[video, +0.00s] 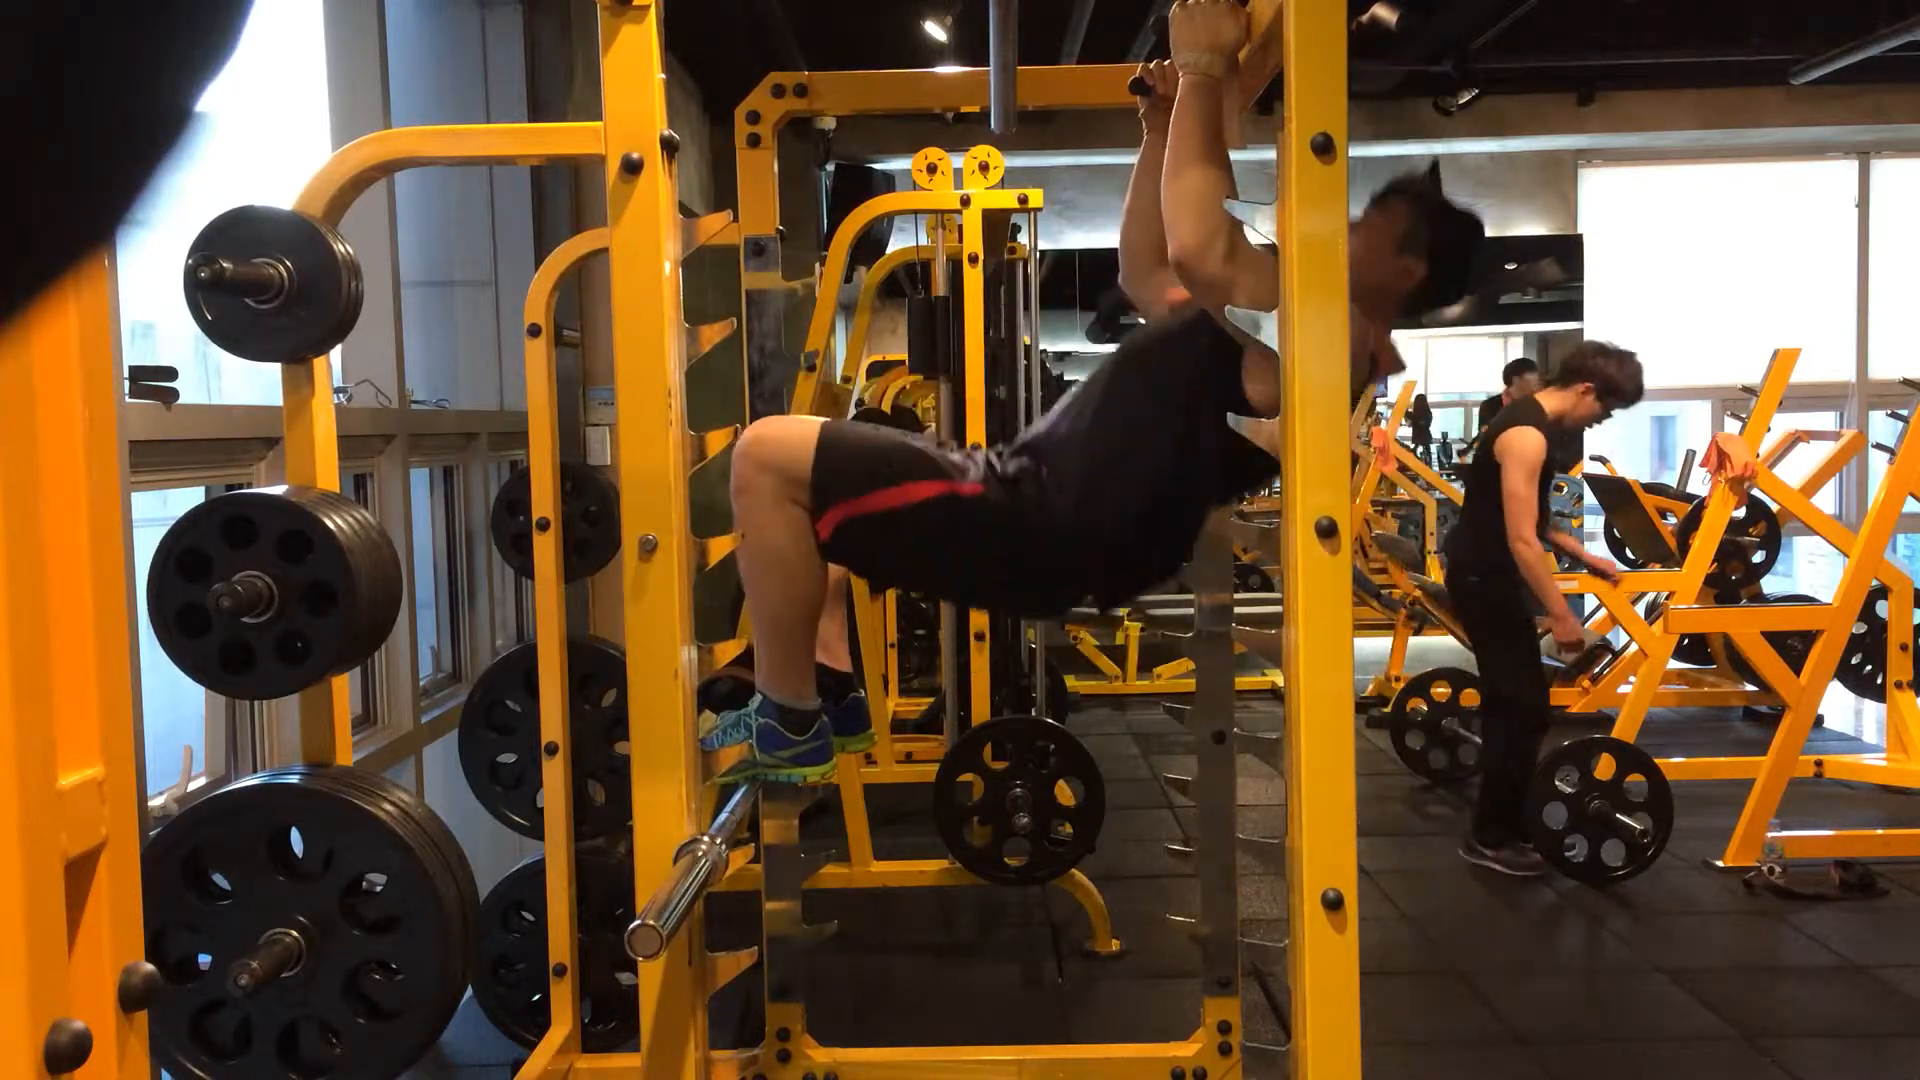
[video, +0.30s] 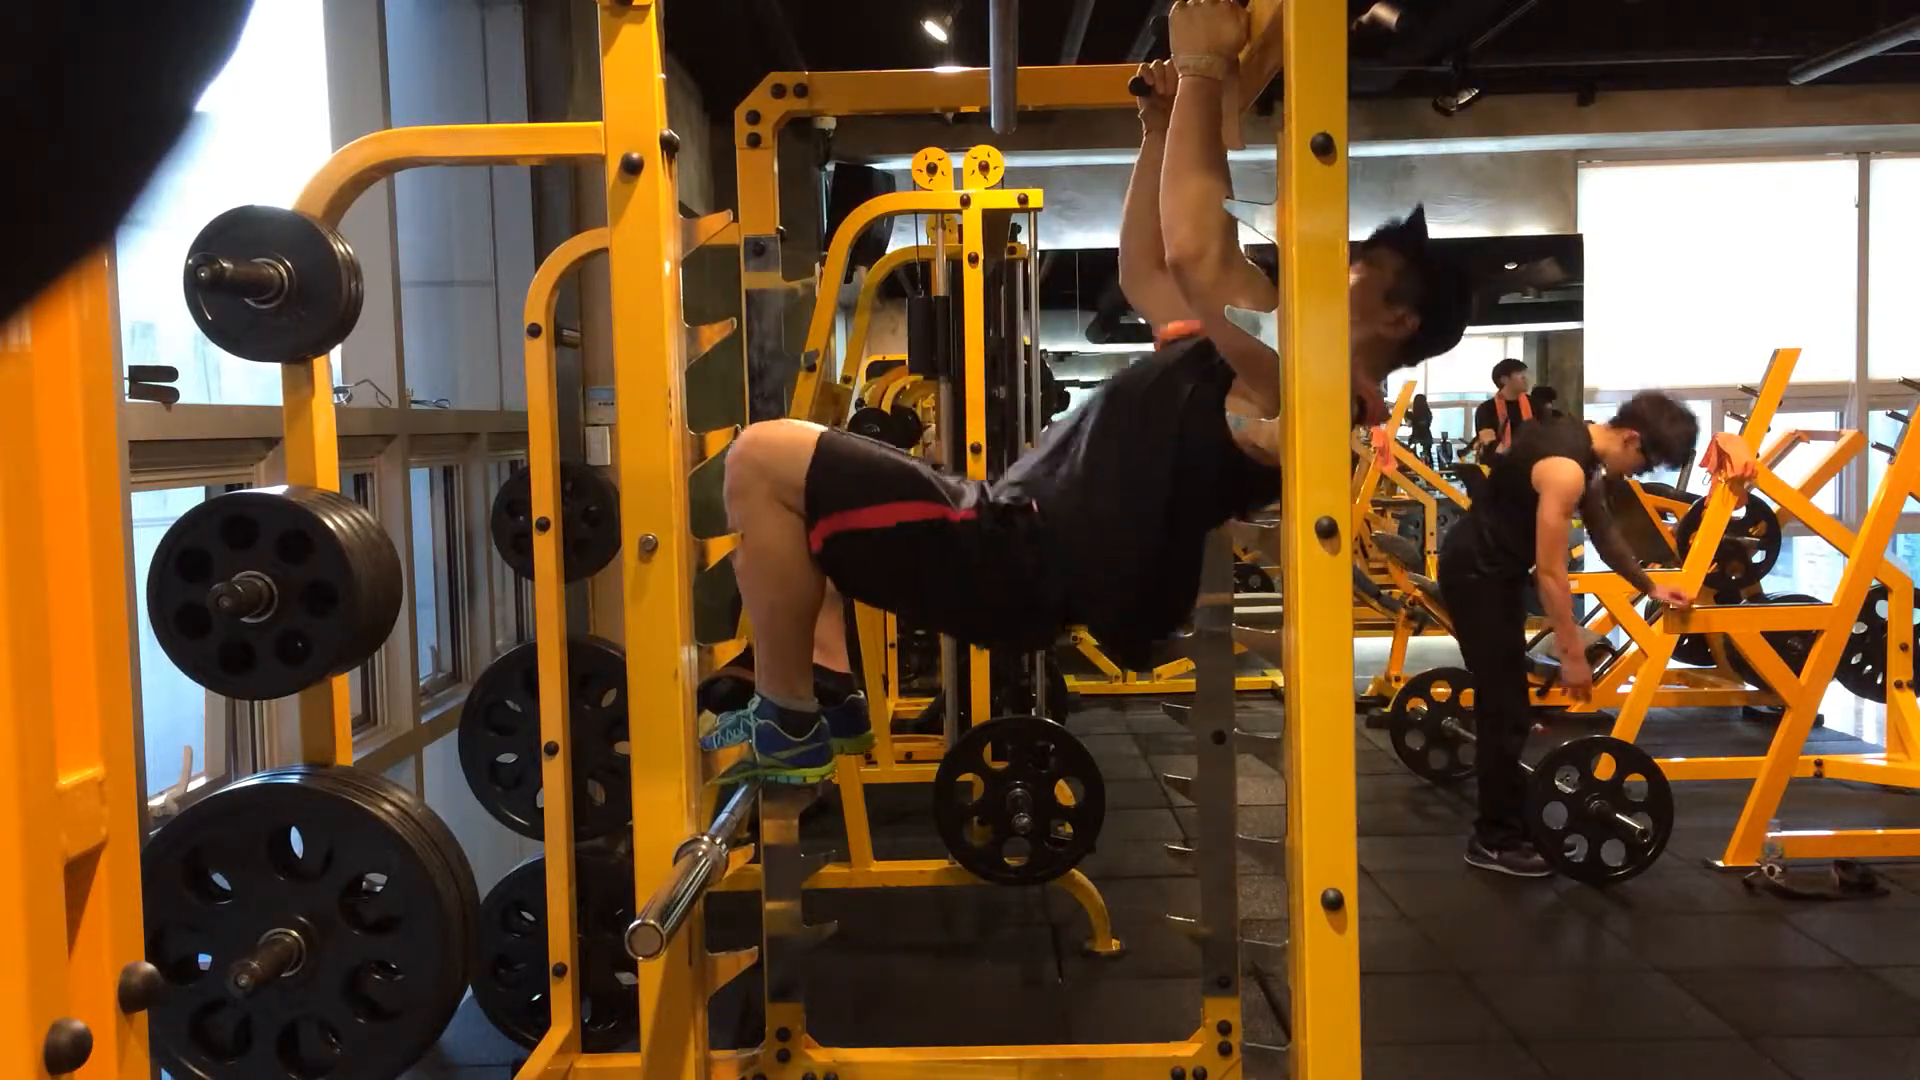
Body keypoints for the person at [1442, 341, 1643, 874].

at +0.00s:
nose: (1599, 421)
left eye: (1605, 413)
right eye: (1603, 410)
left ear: (1583, 388)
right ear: (1585, 389)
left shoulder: (1540, 429)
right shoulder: (1523, 435)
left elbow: (1538, 524)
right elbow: (1520, 541)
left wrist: (1589, 557)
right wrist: (1562, 614)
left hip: (1499, 576)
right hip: (1484, 580)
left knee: (1521, 702)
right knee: (1519, 704)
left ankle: (1504, 828)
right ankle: (1492, 837)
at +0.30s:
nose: (1635, 474)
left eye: (1645, 468)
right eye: (1643, 464)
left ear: (1628, 434)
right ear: (1629, 437)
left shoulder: (1583, 455)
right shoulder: (1563, 467)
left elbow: (1603, 533)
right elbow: (1550, 574)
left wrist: (1650, 586)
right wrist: (1572, 656)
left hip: (1495, 571)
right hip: (1476, 574)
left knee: (1509, 700)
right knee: (1502, 705)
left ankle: (1507, 826)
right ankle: (1493, 838)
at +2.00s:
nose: (1655, 528)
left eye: (1662, 526)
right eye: (1663, 523)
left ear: (1647, 466)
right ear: (1663, 501)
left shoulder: (1596, 445)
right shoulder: (1602, 526)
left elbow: (1611, 533)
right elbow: (1580, 630)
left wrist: (1649, 589)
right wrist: (1581, 714)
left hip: (1448, 552)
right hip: (1474, 578)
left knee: (1441, 685)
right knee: (1488, 706)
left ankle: (1402, 792)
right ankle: (1490, 837)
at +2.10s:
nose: (1651, 527)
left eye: (1658, 525)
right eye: (1659, 522)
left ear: (1643, 469)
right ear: (1659, 500)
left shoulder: (1593, 447)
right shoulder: (1598, 525)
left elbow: (1613, 532)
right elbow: (1574, 626)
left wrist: (1650, 589)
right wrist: (1576, 711)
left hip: (1446, 555)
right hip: (1471, 580)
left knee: (1440, 687)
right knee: (1486, 708)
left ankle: (1401, 793)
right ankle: (1490, 838)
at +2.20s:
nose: (1644, 525)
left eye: (1651, 524)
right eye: (1652, 521)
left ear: (1642, 473)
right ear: (1653, 496)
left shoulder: (1588, 447)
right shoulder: (1591, 522)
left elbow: (1611, 529)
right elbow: (1569, 624)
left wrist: (1649, 589)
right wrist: (1573, 708)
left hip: (1446, 554)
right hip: (1468, 577)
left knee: (1440, 687)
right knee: (1483, 707)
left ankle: (1401, 794)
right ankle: (1490, 838)